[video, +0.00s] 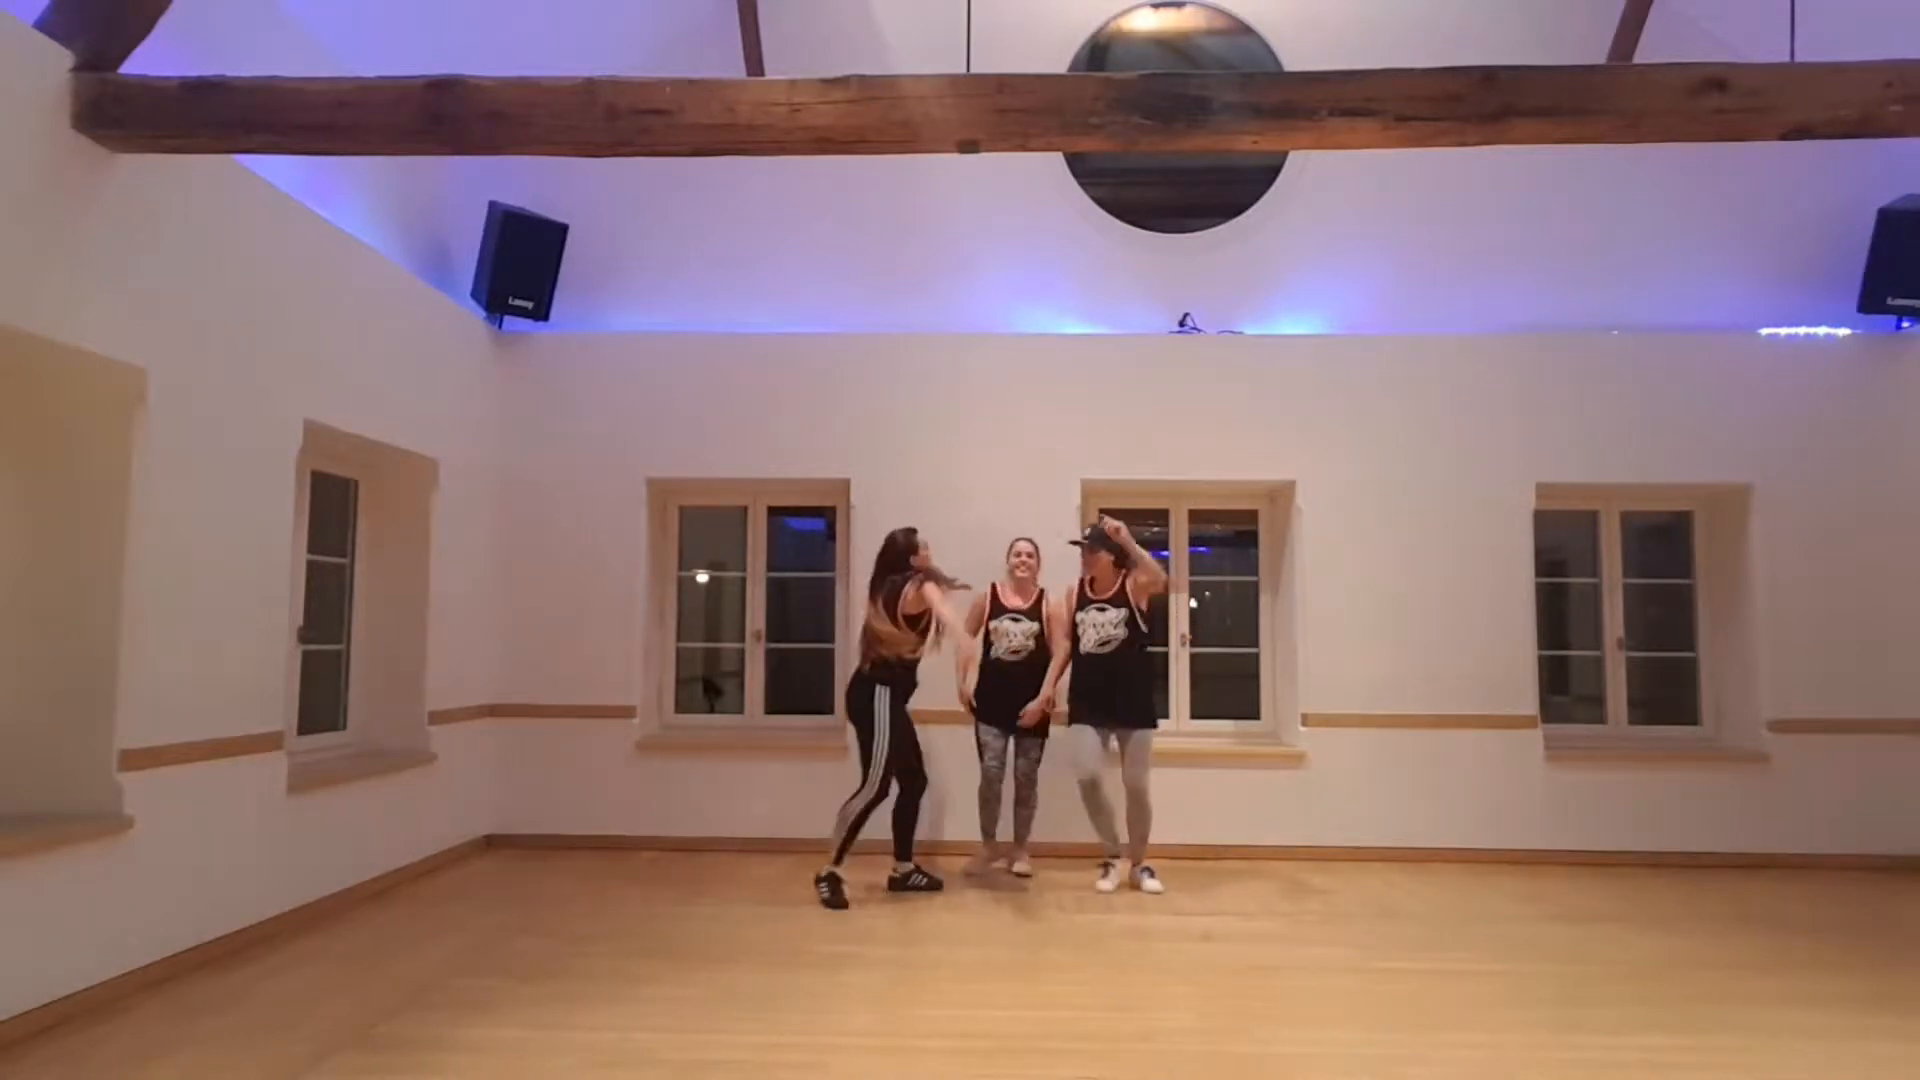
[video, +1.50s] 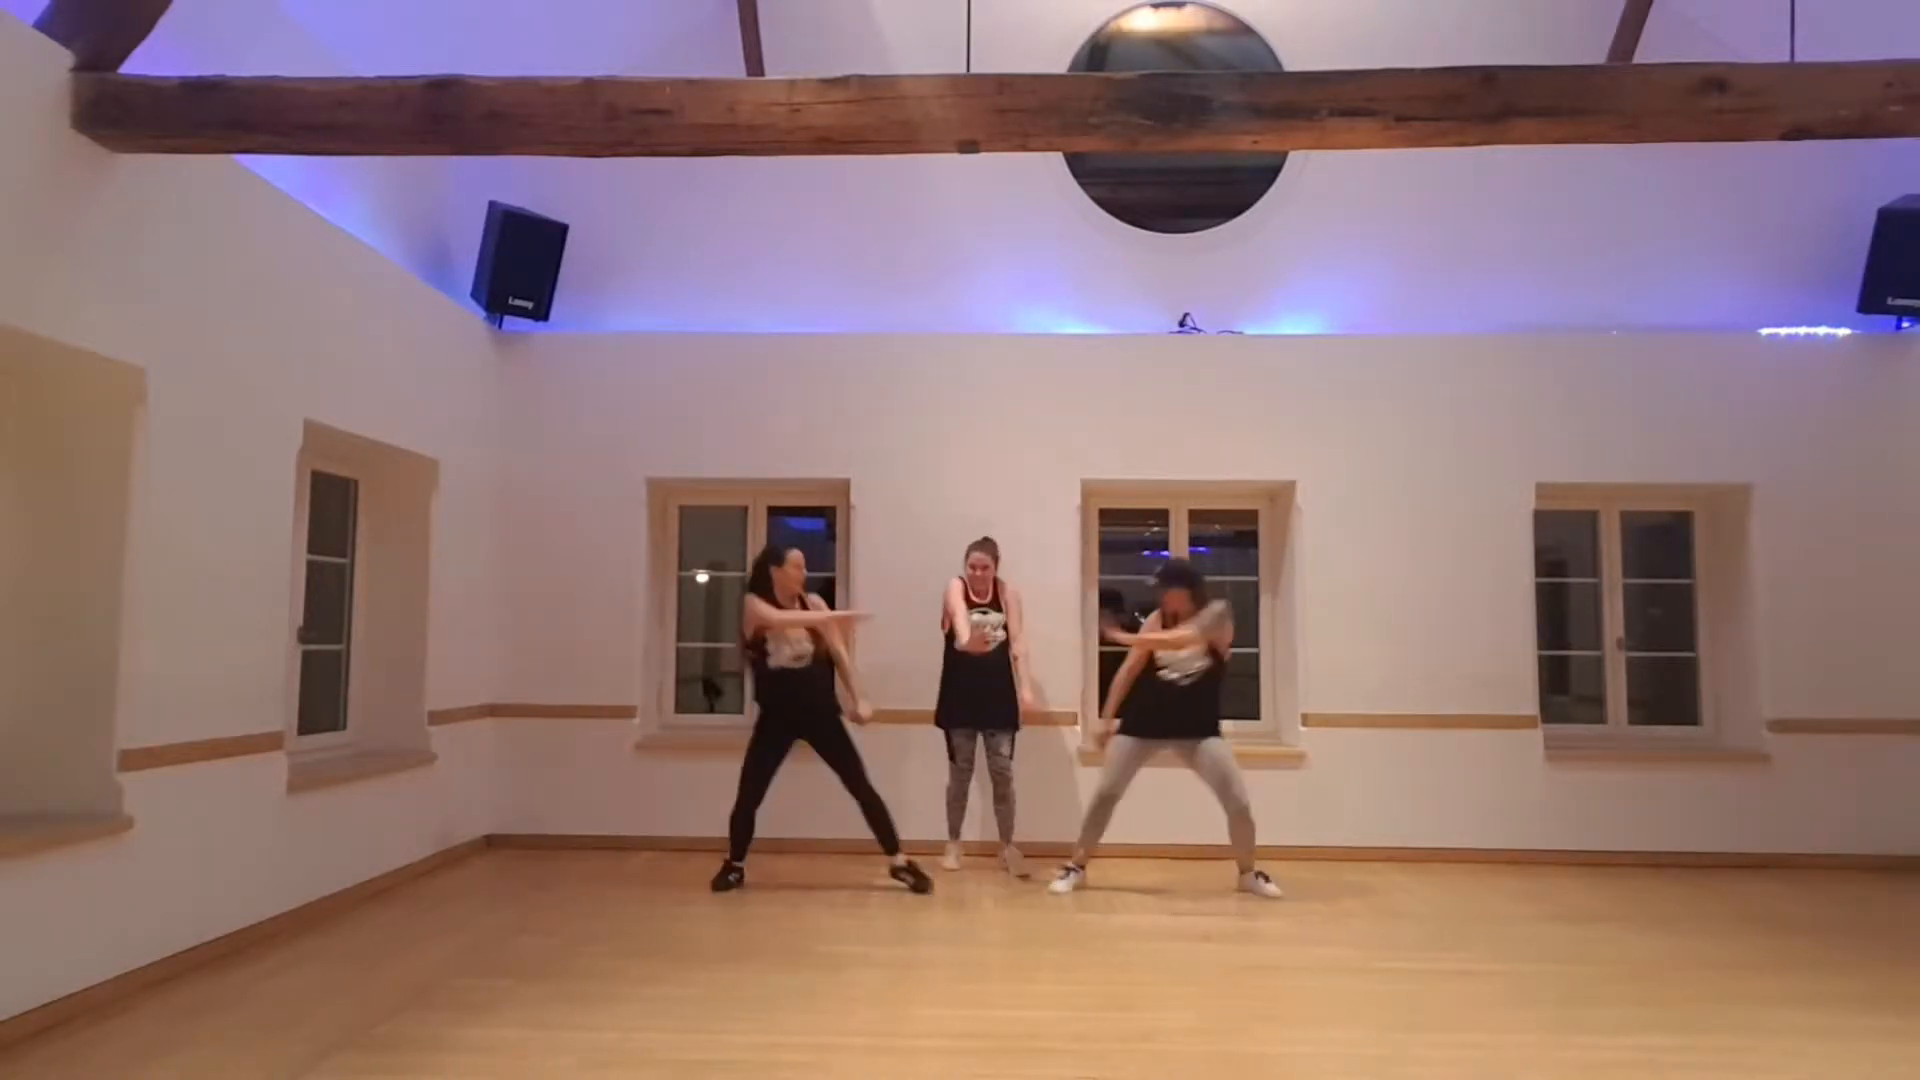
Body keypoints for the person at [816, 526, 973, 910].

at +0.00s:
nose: (929, 552)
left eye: (926, 547)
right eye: (924, 549)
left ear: (899, 558)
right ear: (913, 558)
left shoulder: (890, 585)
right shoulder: (919, 586)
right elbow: (950, 620)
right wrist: (969, 647)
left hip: (885, 691)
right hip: (878, 692)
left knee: (913, 781)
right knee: (876, 785)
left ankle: (903, 870)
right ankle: (829, 873)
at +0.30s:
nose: (923, 574)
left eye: (920, 568)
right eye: (917, 569)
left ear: (904, 576)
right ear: (898, 576)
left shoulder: (907, 619)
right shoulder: (870, 615)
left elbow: (933, 669)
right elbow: (835, 653)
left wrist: (945, 633)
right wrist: (843, 710)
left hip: (888, 723)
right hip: (858, 721)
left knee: (931, 792)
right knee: (870, 801)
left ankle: (904, 870)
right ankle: (826, 878)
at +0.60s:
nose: (924, 555)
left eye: (923, 549)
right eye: (917, 549)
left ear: (907, 554)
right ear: (895, 553)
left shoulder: (921, 581)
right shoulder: (862, 584)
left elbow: (958, 603)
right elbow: (812, 601)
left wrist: (988, 626)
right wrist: (813, 637)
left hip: (908, 699)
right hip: (869, 698)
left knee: (918, 784)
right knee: (860, 782)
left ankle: (900, 867)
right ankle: (843, 861)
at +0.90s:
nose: (932, 579)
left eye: (932, 573)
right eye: (926, 572)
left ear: (911, 577)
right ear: (903, 575)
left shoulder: (925, 622)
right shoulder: (863, 604)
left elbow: (942, 670)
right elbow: (819, 624)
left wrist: (949, 716)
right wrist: (842, 618)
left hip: (898, 717)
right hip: (857, 713)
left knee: (923, 792)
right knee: (851, 794)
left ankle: (902, 869)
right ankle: (848, 867)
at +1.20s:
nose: (869, 559)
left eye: (869, 553)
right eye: (861, 554)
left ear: (866, 559)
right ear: (840, 559)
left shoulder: (882, 592)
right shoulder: (819, 597)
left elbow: (895, 640)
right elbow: (850, 626)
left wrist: (914, 679)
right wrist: (893, 616)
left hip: (880, 705)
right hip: (837, 706)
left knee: (905, 788)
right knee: (796, 780)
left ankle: (912, 864)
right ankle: (755, 852)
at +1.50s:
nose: (803, 575)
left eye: (804, 568)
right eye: (797, 568)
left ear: (801, 572)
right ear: (774, 571)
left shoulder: (815, 604)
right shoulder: (753, 603)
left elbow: (838, 651)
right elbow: (775, 620)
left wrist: (858, 698)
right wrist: (832, 618)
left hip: (820, 714)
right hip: (777, 717)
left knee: (860, 786)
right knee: (748, 797)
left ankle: (898, 861)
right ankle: (734, 865)